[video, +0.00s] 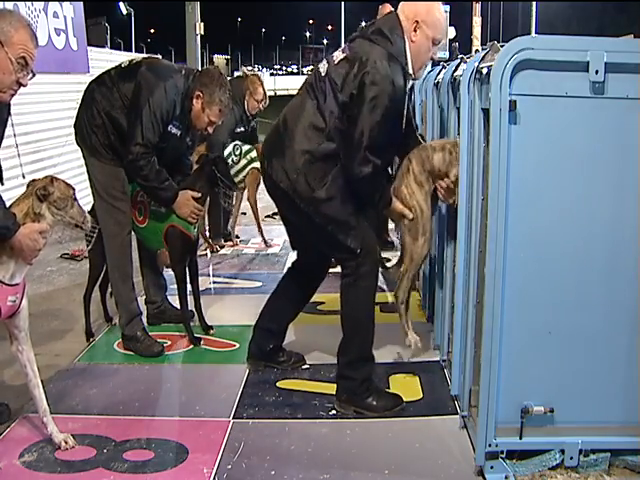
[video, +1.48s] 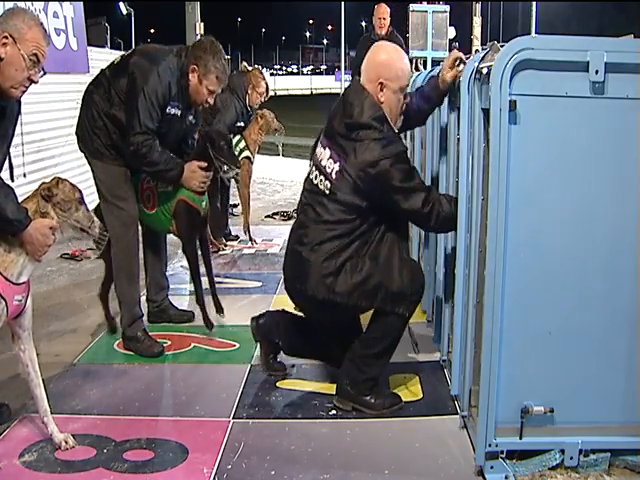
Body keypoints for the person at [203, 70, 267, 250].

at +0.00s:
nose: (261, 106)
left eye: (263, 102)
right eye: (258, 101)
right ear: (246, 97)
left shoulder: (250, 117)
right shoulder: (231, 115)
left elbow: (254, 144)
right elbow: (215, 148)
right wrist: (230, 183)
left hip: (229, 156)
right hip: (212, 155)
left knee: (229, 192)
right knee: (218, 193)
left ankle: (226, 232)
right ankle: (217, 235)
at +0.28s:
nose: (260, 113)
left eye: (263, 108)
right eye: (259, 107)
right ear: (247, 101)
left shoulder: (250, 123)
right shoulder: (231, 119)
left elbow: (249, 150)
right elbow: (215, 148)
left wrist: (246, 173)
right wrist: (228, 181)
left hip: (232, 162)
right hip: (217, 160)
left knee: (231, 192)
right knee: (224, 193)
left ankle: (225, 232)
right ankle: (217, 235)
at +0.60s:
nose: (260, 111)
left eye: (262, 106)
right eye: (258, 105)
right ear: (247, 100)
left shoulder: (247, 119)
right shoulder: (231, 116)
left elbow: (247, 141)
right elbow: (215, 150)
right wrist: (225, 178)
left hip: (223, 156)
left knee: (232, 190)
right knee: (217, 192)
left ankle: (226, 230)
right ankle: (216, 235)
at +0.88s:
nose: (261, 99)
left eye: (263, 95)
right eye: (259, 94)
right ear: (246, 89)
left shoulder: (247, 108)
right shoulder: (231, 107)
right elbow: (213, 135)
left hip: (222, 150)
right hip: (211, 151)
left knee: (227, 188)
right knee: (220, 190)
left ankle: (224, 229)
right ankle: (217, 232)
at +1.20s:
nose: (261, 96)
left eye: (263, 92)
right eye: (259, 91)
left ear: (249, 87)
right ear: (246, 87)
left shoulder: (244, 105)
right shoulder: (231, 104)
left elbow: (239, 130)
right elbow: (213, 137)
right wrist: (224, 170)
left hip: (223, 151)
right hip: (212, 152)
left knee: (224, 191)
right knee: (218, 192)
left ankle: (223, 229)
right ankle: (216, 232)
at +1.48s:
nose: (261, 100)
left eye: (263, 96)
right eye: (259, 94)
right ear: (248, 89)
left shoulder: (246, 106)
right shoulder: (233, 105)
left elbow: (242, 128)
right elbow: (217, 130)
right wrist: (228, 160)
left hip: (222, 144)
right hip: (208, 146)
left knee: (224, 190)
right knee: (214, 192)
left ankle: (224, 229)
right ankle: (214, 232)